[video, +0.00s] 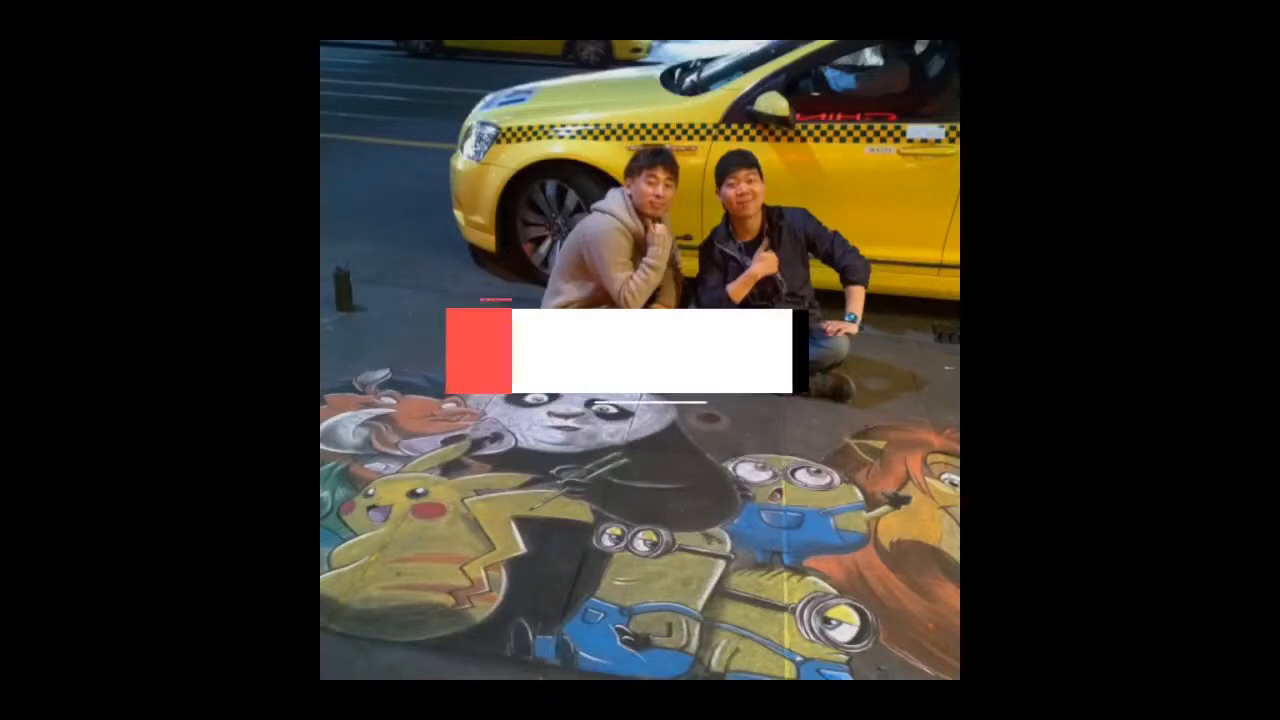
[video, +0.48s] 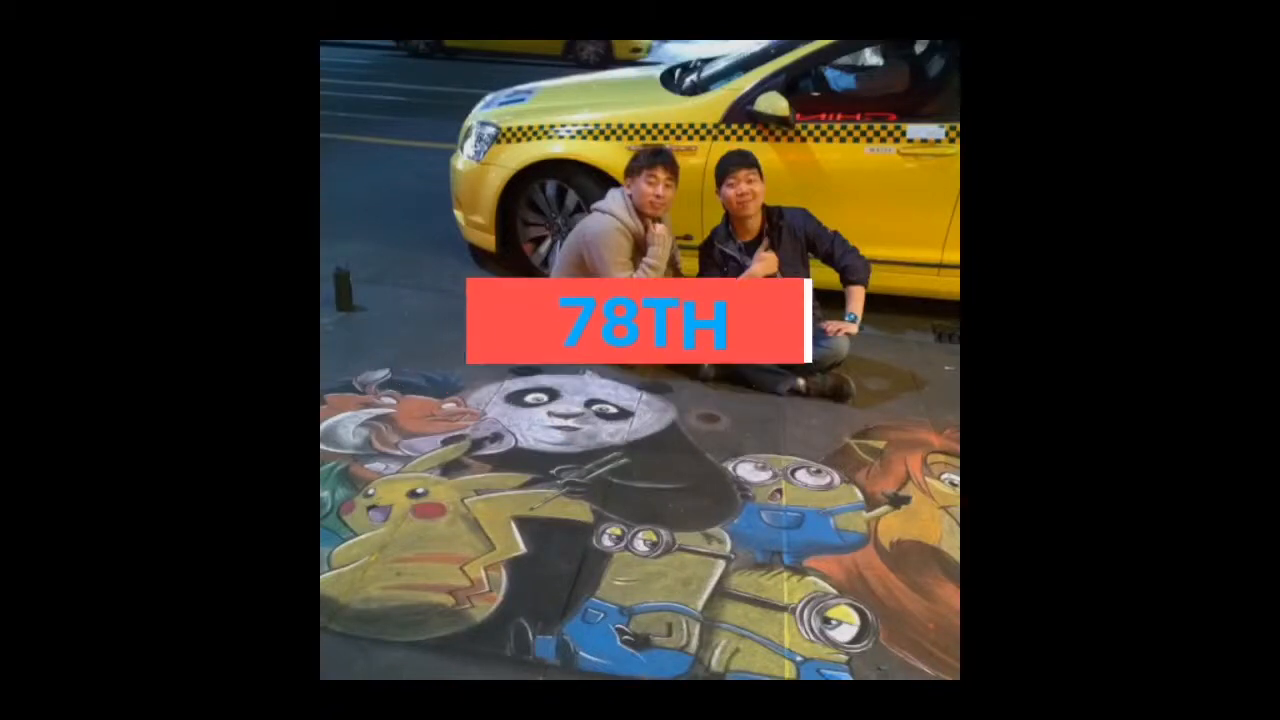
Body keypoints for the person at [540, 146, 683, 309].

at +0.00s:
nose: (660, 193)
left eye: (668, 185)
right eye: (651, 183)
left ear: (675, 192)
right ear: (629, 184)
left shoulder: (656, 220)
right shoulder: (604, 228)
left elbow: (669, 270)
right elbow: (628, 300)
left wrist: (663, 306)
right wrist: (658, 251)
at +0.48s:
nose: (660, 193)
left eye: (668, 185)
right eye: (651, 183)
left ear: (675, 193)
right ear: (629, 185)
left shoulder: (657, 222)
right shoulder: (606, 229)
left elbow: (673, 282)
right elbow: (627, 298)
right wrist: (657, 254)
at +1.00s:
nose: (659, 191)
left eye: (668, 184)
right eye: (651, 181)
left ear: (674, 190)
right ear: (629, 182)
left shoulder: (654, 224)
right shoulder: (605, 221)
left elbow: (668, 279)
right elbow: (629, 300)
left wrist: (665, 305)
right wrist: (664, 248)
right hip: (565, 319)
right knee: (637, 327)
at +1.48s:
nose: (659, 191)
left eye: (668, 184)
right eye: (651, 181)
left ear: (675, 190)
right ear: (629, 182)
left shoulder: (654, 224)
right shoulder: (604, 222)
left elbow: (668, 278)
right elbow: (629, 300)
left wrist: (665, 305)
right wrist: (664, 247)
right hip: (566, 319)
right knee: (639, 327)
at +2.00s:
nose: (659, 191)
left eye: (668, 184)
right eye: (651, 181)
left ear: (675, 190)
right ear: (629, 182)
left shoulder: (656, 224)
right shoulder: (604, 222)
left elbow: (669, 278)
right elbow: (629, 300)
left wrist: (665, 305)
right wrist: (664, 249)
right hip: (566, 319)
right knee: (639, 327)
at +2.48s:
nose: (659, 191)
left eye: (668, 184)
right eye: (651, 181)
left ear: (675, 190)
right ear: (629, 182)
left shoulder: (656, 224)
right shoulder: (605, 222)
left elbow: (669, 278)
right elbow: (629, 300)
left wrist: (665, 305)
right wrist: (664, 248)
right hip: (565, 318)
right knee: (636, 327)